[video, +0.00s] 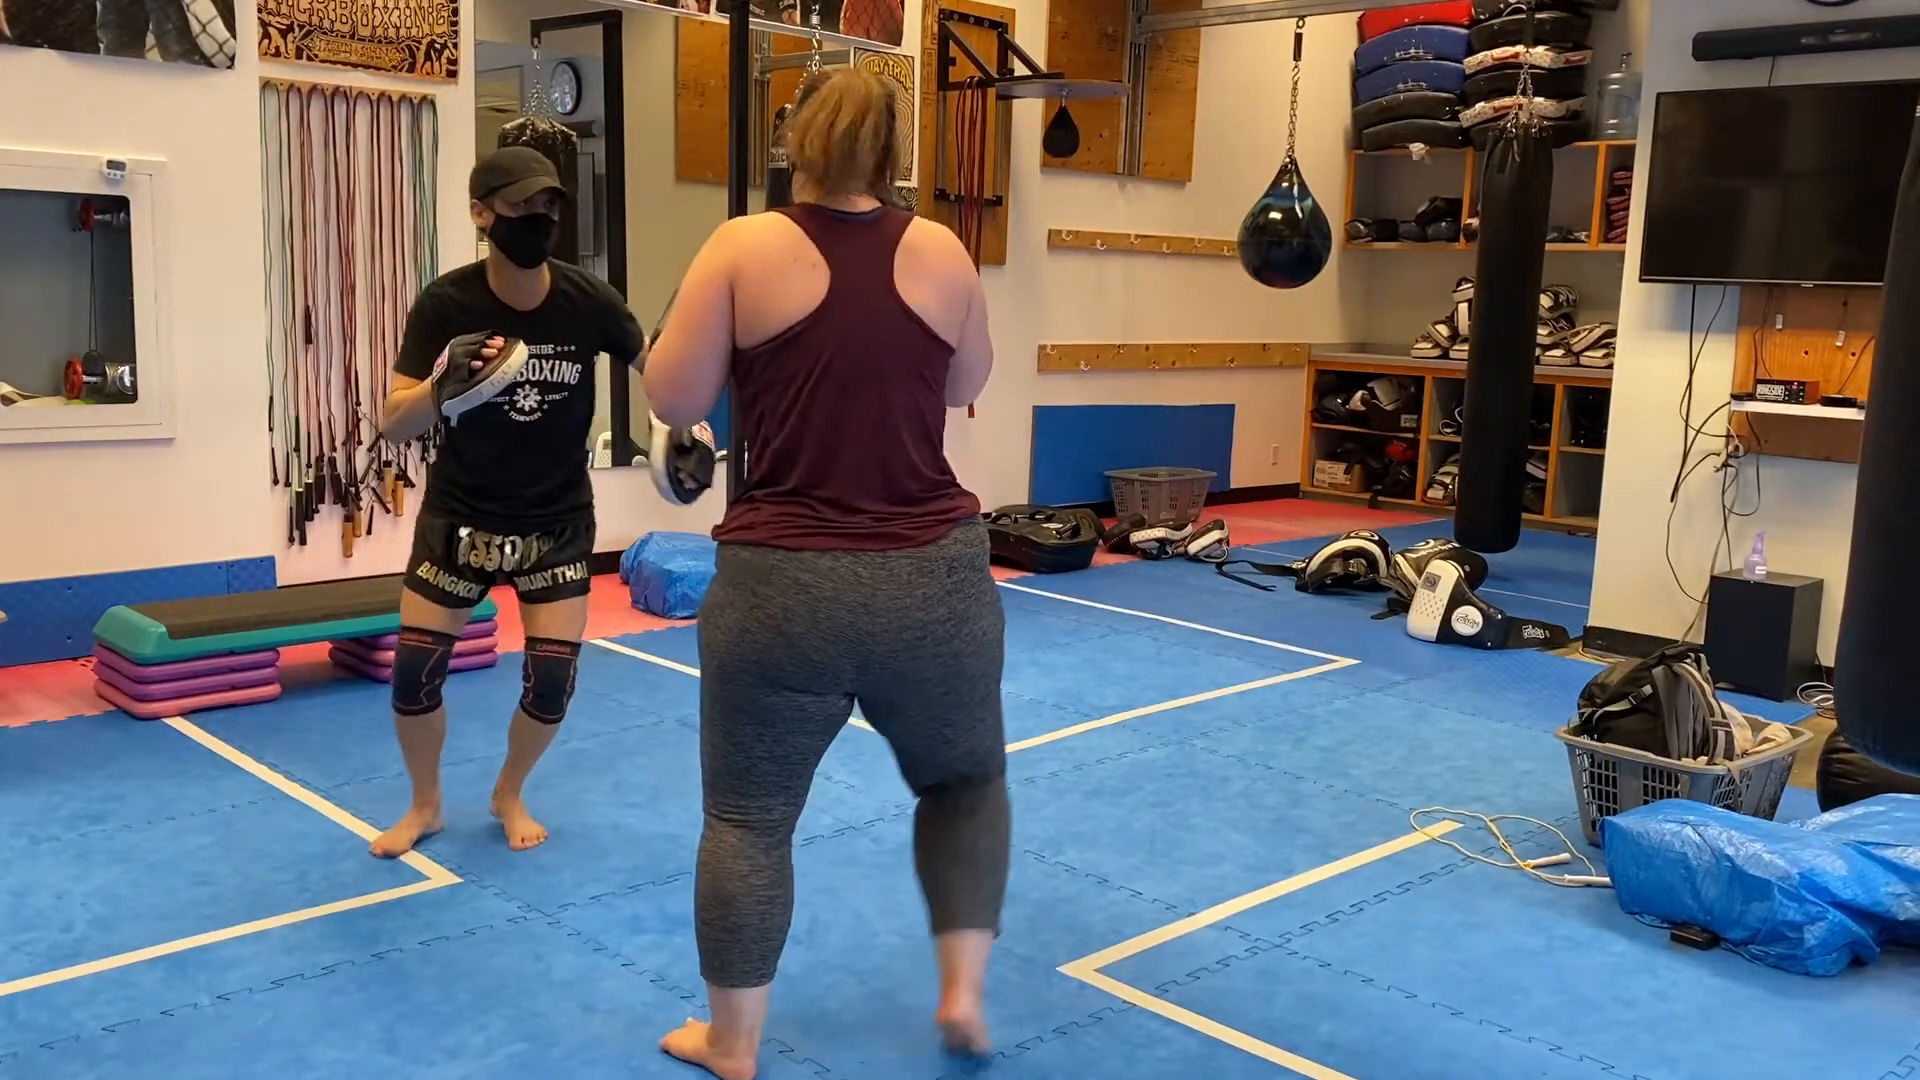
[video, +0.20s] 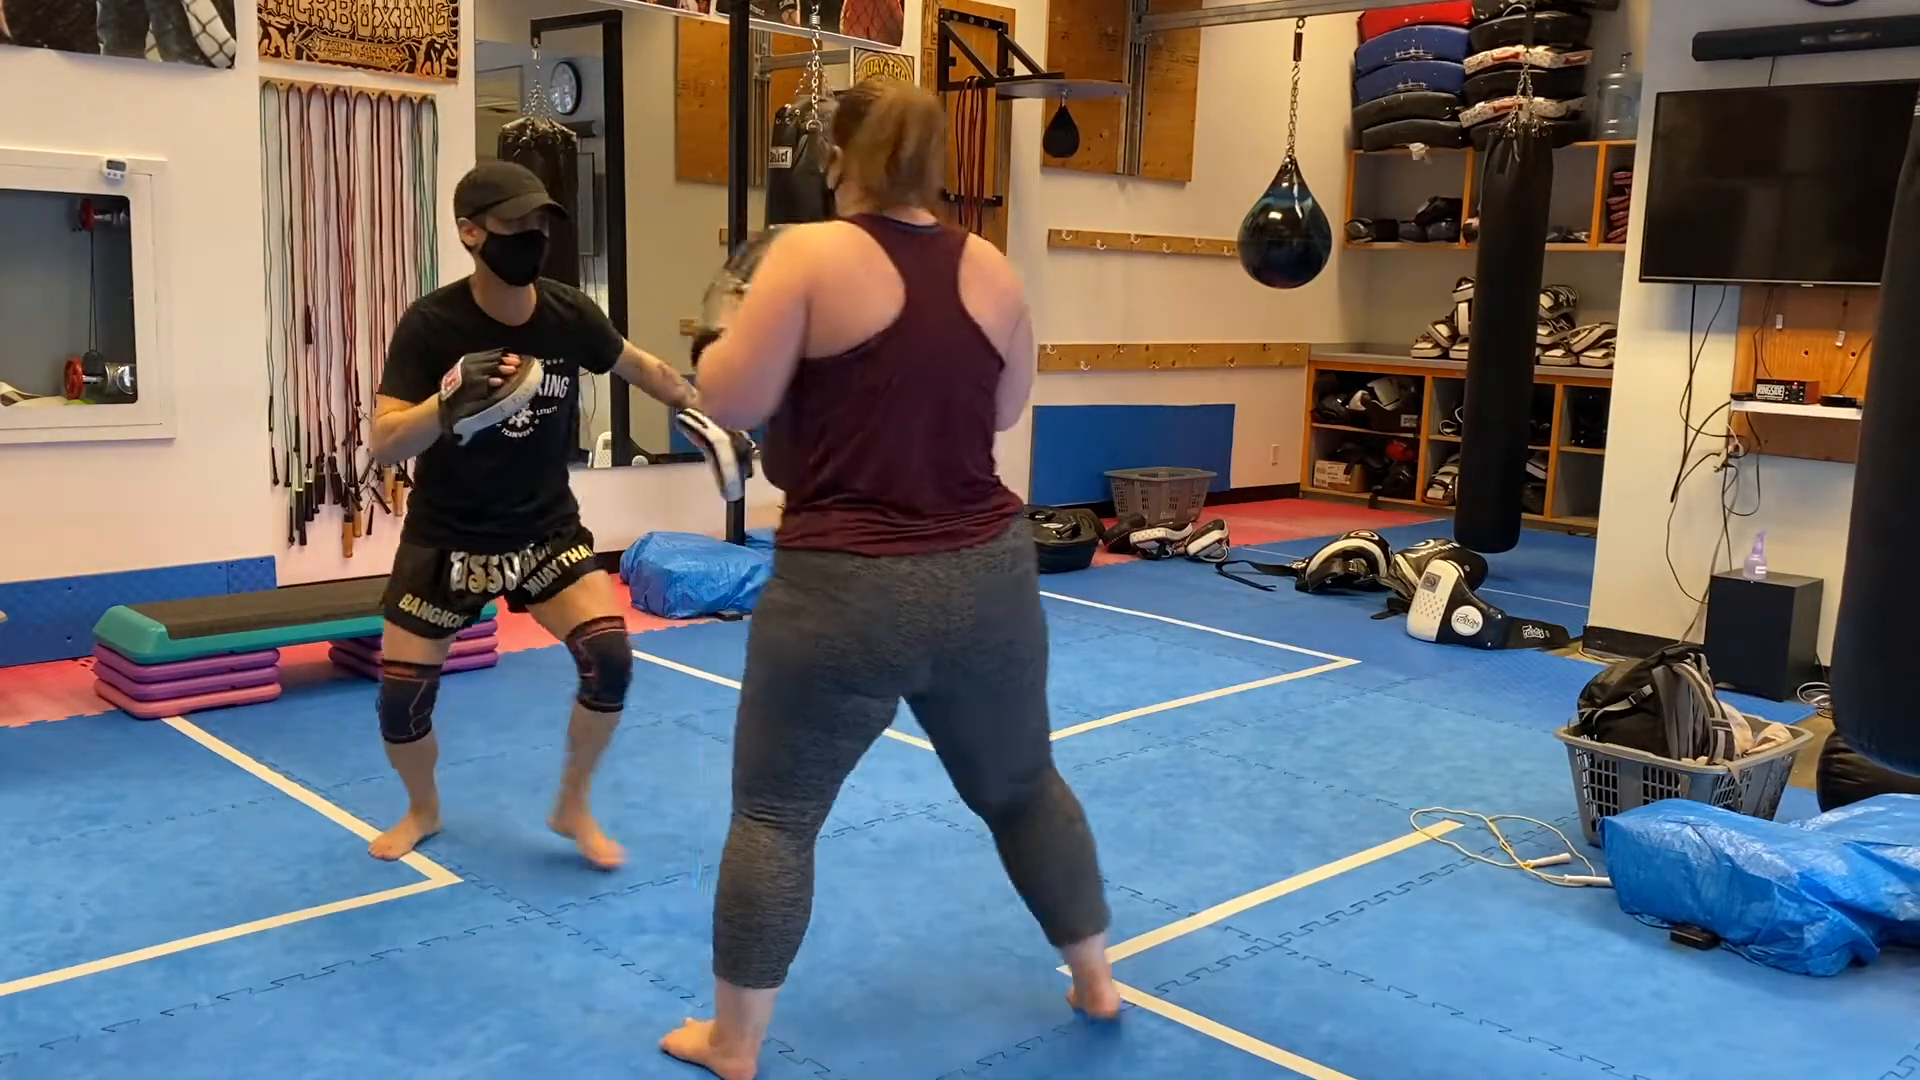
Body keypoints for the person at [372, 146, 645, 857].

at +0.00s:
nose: (538, 217)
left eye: (547, 202)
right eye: (521, 204)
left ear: (561, 209)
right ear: (482, 212)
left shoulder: (590, 303)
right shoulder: (446, 303)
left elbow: (660, 369)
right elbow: (395, 420)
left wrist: (686, 429)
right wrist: (445, 384)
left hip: (556, 516)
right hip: (459, 511)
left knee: (553, 685)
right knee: (415, 673)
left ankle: (509, 791)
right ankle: (425, 805)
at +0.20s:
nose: (534, 236)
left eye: (539, 221)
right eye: (515, 225)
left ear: (548, 223)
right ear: (471, 233)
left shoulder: (570, 315)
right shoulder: (431, 323)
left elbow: (646, 371)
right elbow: (385, 441)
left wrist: (711, 416)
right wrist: (451, 405)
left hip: (543, 524)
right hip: (444, 532)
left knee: (609, 656)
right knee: (402, 698)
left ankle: (572, 806)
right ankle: (422, 811)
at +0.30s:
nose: (552, 236)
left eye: (557, 222)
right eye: (533, 224)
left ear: (564, 225)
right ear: (486, 234)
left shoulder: (582, 318)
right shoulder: (445, 324)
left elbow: (658, 369)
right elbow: (400, 446)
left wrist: (723, 405)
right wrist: (477, 405)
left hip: (554, 530)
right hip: (454, 537)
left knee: (631, 667)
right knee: (410, 707)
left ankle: (670, 833)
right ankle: (424, 811)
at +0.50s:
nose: (636, 248)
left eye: (639, 235)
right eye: (618, 237)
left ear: (642, 237)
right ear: (570, 243)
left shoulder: (658, 331)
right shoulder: (528, 332)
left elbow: (746, 373)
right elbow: (472, 448)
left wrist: (818, 376)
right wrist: (558, 408)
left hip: (617, 554)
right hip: (516, 555)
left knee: (702, 688)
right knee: (448, 723)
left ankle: (752, 852)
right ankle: (429, 813)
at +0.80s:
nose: (733, 264)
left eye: (737, 249)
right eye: (715, 252)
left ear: (747, 245)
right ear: (667, 257)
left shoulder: (758, 338)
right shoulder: (617, 346)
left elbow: (842, 364)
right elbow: (539, 456)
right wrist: (629, 429)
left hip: (692, 565)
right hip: (590, 567)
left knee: (779, 699)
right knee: (504, 725)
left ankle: (763, 856)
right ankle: (434, 833)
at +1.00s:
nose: (697, 258)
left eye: (699, 244)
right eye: (680, 247)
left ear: (701, 240)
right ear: (627, 251)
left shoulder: (719, 322)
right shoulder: (572, 348)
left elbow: (829, 304)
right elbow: (500, 467)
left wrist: (872, 264)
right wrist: (577, 434)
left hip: (682, 571)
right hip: (574, 576)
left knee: (773, 704)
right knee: (496, 729)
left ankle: (764, 859)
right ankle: (388, 902)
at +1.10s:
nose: (663, 239)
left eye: (663, 226)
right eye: (646, 227)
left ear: (617, 231)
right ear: (592, 230)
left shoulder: (674, 309)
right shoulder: (531, 327)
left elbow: (776, 312)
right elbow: (472, 459)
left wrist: (801, 289)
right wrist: (553, 405)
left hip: (636, 554)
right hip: (532, 559)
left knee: (726, 704)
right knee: (474, 733)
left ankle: (758, 859)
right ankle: (384, 905)